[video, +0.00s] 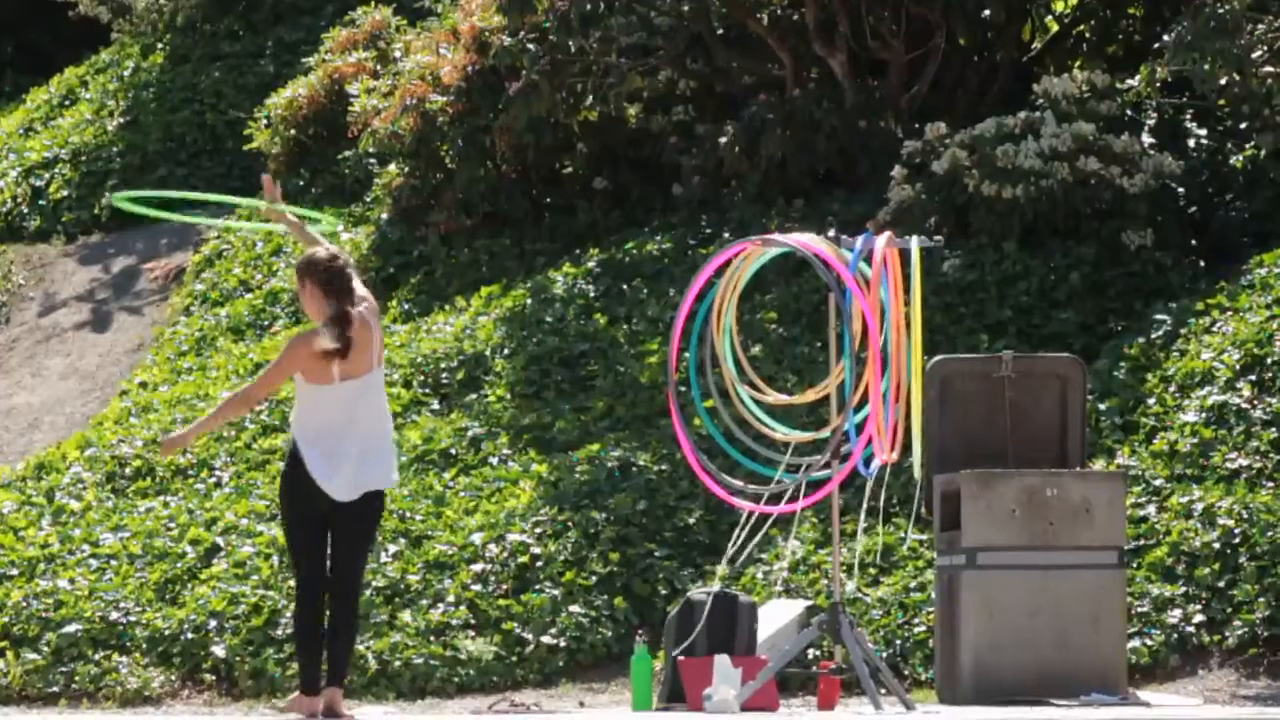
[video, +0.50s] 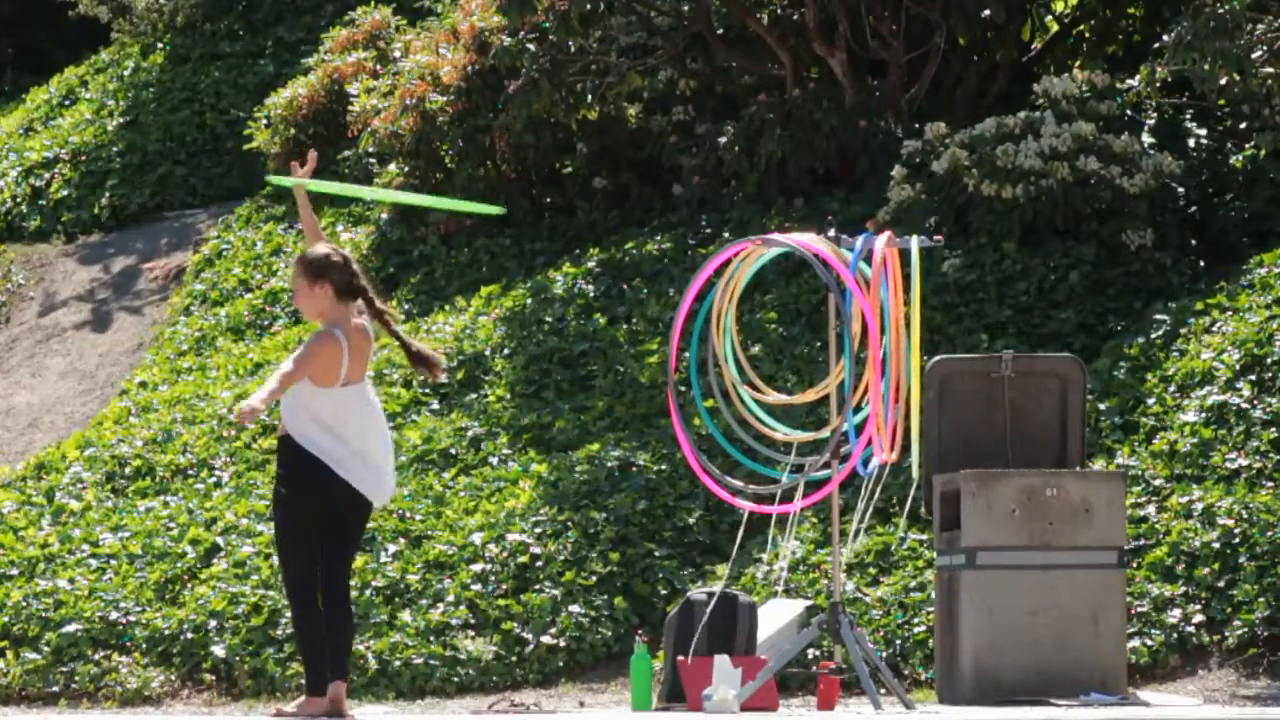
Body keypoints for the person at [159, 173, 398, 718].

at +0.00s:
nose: (299, 296)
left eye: (301, 288)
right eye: (300, 287)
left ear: (317, 290)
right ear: (341, 285)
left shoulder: (303, 345)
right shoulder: (370, 318)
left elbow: (250, 397)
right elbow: (330, 260)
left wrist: (191, 433)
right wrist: (280, 211)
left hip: (311, 467)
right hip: (368, 469)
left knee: (309, 582)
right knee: (347, 585)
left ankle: (309, 694)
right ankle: (334, 692)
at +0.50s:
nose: (295, 299)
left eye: (300, 289)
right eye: (295, 289)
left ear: (326, 288)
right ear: (334, 286)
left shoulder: (323, 343)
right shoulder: (362, 322)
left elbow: (285, 377)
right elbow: (323, 251)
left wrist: (256, 400)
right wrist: (301, 189)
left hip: (308, 473)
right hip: (357, 477)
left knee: (299, 579)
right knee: (337, 580)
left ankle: (318, 690)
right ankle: (337, 689)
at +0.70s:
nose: (293, 295)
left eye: (298, 287)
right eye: (293, 286)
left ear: (325, 288)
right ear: (330, 286)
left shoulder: (331, 337)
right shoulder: (351, 327)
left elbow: (321, 379)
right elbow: (304, 253)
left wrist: (307, 402)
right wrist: (290, 189)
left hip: (305, 464)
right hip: (346, 469)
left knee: (300, 579)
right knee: (325, 578)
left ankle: (317, 691)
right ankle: (351, 666)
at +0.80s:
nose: (294, 293)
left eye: (301, 286)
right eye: (296, 285)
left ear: (329, 290)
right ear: (332, 287)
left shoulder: (332, 337)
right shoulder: (341, 328)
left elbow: (324, 369)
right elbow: (300, 260)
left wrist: (323, 398)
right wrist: (280, 198)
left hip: (302, 472)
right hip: (333, 476)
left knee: (301, 584)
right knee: (316, 582)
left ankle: (317, 696)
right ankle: (364, 663)